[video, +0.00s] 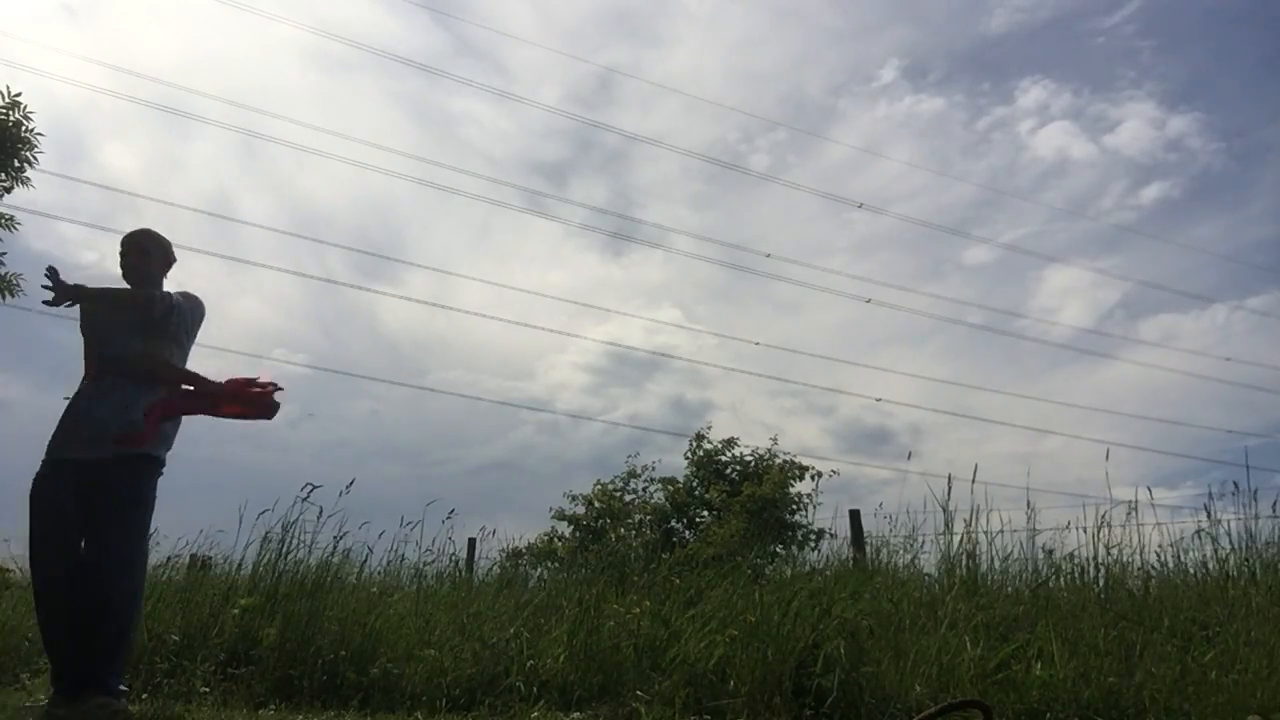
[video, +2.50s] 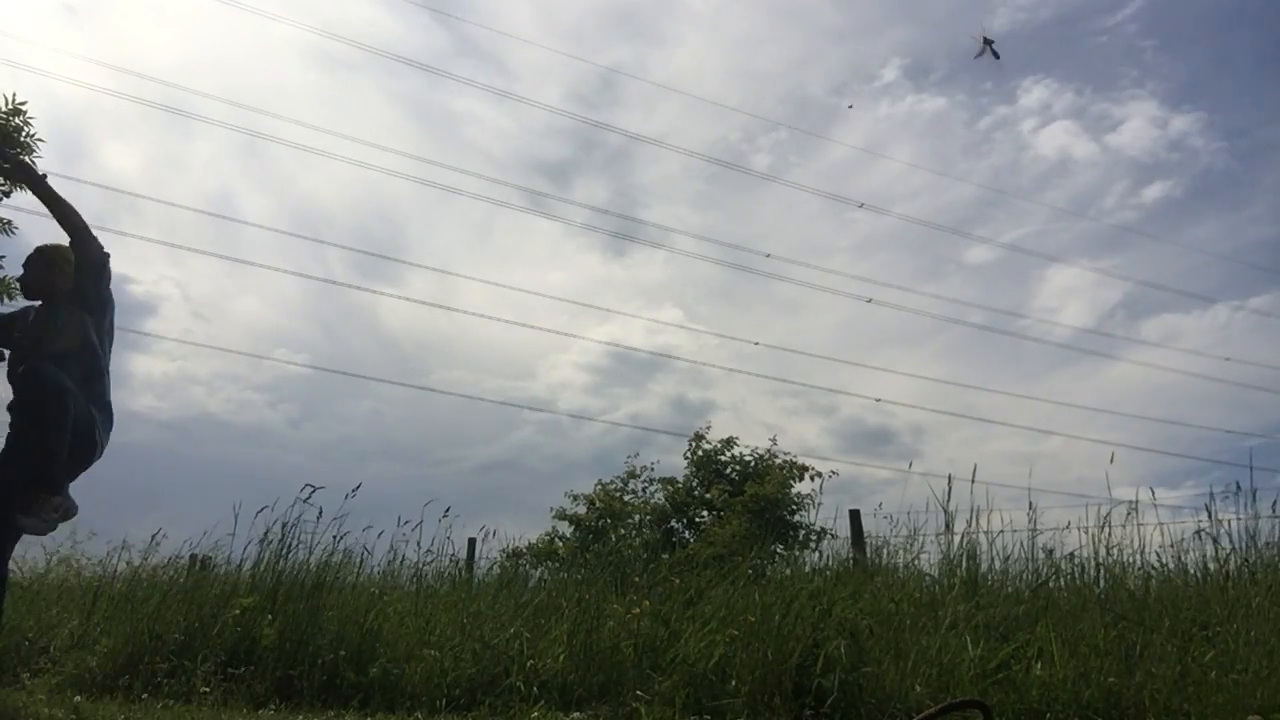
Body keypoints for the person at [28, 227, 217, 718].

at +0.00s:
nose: (131, 261)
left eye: (142, 253)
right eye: (125, 254)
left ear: (167, 262)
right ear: (119, 263)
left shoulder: (188, 307)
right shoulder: (98, 309)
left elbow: (144, 306)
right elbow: (129, 361)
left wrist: (80, 294)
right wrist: (202, 384)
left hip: (132, 459)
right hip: (70, 455)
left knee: (118, 568)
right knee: (54, 568)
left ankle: (106, 686)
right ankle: (68, 686)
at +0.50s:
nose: (123, 257)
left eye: (135, 249)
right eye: (117, 249)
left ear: (159, 259)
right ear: (109, 259)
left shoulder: (184, 312)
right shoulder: (89, 309)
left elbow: (235, 308)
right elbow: (34, 335)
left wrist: (279, 305)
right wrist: (2, 312)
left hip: (129, 466)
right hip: (68, 456)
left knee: (108, 578)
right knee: (13, 539)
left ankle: (104, 693)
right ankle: (33, 668)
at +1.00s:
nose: (44, 303)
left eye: (50, 293)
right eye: (44, 294)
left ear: (73, 291)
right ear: (89, 295)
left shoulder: (75, 329)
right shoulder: (103, 342)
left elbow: (23, 388)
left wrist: (30, 362)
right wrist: (26, 361)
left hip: (43, 478)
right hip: (68, 481)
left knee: (48, 580)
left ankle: (97, 691)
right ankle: (97, 688)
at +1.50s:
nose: (29, 321)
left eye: (34, 311)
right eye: (30, 313)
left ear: (53, 308)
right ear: (69, 311)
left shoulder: (68, 339)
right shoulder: (85, 349)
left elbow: (36, 405)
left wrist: (11, 390)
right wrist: (19, 392)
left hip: (53, 493)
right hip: (64, 494)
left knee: (64, 593)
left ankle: (120, 691)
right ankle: (117, 689)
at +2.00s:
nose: (33, 317)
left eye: (37, 309)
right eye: (35, 311)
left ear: (48, 307)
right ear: (79, 314)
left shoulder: (40, 336)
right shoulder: (107, 359)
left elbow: (21, 398)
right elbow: (154, 411)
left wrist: (14, 420)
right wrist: (107, 435)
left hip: (47, 482)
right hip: (85, 488)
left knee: (57, 588)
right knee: (2, 576)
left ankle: (120, 691)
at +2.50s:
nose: (25, 271)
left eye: (35, 265)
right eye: (27, 266)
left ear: (60, 271)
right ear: (37, 279)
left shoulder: (91, 303)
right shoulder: (21, 321)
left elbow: (83, 237)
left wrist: (35, 183)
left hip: (83, 428)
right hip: (29, 429)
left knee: (39, 377)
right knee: (6, 517)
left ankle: (54, 492)